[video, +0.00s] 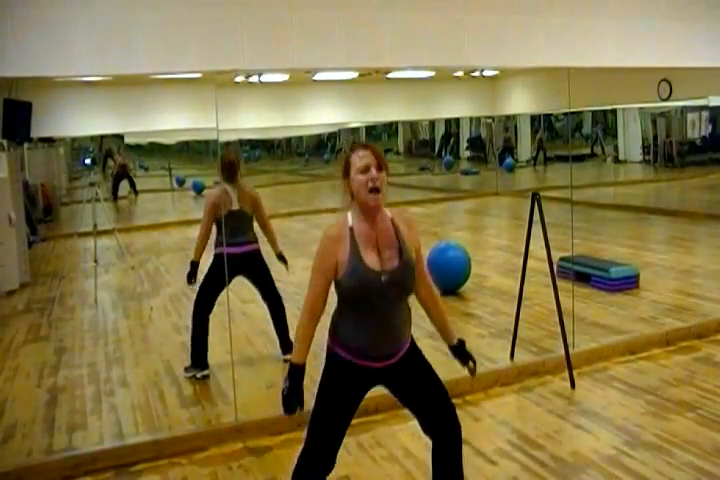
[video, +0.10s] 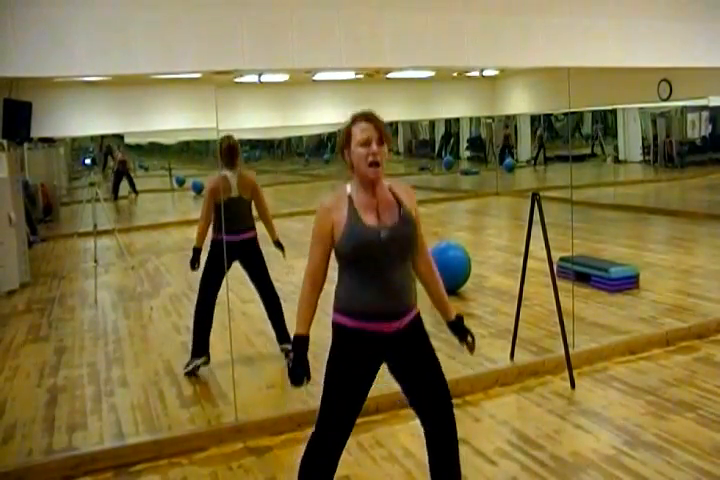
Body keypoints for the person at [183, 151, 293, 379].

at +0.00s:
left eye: (224, 167)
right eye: (234, 167)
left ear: (220, 171)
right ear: (239, 170)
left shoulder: (214, 196)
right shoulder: (250, 194)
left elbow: (204, 234)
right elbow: (265, 225)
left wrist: (194, 263)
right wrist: (278, 251)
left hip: (226, 261)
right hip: (252, 259)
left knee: (202, 308)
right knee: (273, 300)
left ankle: (200, 364)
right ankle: (287, 347)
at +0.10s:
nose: (230, 158)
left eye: (224, 154)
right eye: (236, 154)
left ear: (220, 157)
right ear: (239, 155)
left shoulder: (215, 184)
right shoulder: (250, 180)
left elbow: (205, 220)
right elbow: (263, 213)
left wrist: (197, 248)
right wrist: (275, 238)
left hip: (223, 248)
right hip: (249, 247)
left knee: (206, 298)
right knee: (268, 293)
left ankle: (200, 353)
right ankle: (285, 342)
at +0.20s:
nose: (225, 154)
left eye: (222, 150)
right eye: (232, 149)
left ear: (220, 152)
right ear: (239, 152)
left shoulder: (214, 179)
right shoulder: (250, 176)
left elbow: (205, 217)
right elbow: (264, 209)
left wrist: (196, 245)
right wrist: (276, 233)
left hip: (220, 242)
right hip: (247, 241)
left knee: (202, 289)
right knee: (265, 285)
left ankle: (201, 344)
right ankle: (280, 334)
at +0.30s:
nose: (226, 164)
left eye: (222, 159)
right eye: (233, 160)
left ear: (219, 162)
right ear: (238, 162)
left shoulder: (213, 189)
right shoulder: (249, 186)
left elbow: (204, 222)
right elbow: (265, 216)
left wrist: (194, 251)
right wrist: (280, 239)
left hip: (220, 251)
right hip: (246, 251)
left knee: (200, 296)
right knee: (263, 292)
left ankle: (195, 351)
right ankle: (278, 338)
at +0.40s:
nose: (226, 173)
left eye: (223, 169)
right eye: (230, 169)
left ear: (218, 172)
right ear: (237, 172)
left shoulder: (213, 197)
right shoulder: (247, 196)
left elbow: (203, 234)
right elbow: (264, 226)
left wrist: (191, 263)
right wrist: (280, 248)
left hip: (217, 262)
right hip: (246, 261)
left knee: (193, 299)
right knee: (267, 296)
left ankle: (193, 353)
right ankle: (278, 342)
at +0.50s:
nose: (226, 169)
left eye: (223, 165)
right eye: (230, 164)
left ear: (217, 169)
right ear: (236, 167)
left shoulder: (212, 195)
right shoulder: (246, 192)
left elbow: (204, 232)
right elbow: (260, 225)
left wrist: (193, 260)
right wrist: (275, 249)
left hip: (217, 259)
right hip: (244, 257)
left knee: (195, 299)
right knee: (265, 294)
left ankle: (193, 354)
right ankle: (278, 342)